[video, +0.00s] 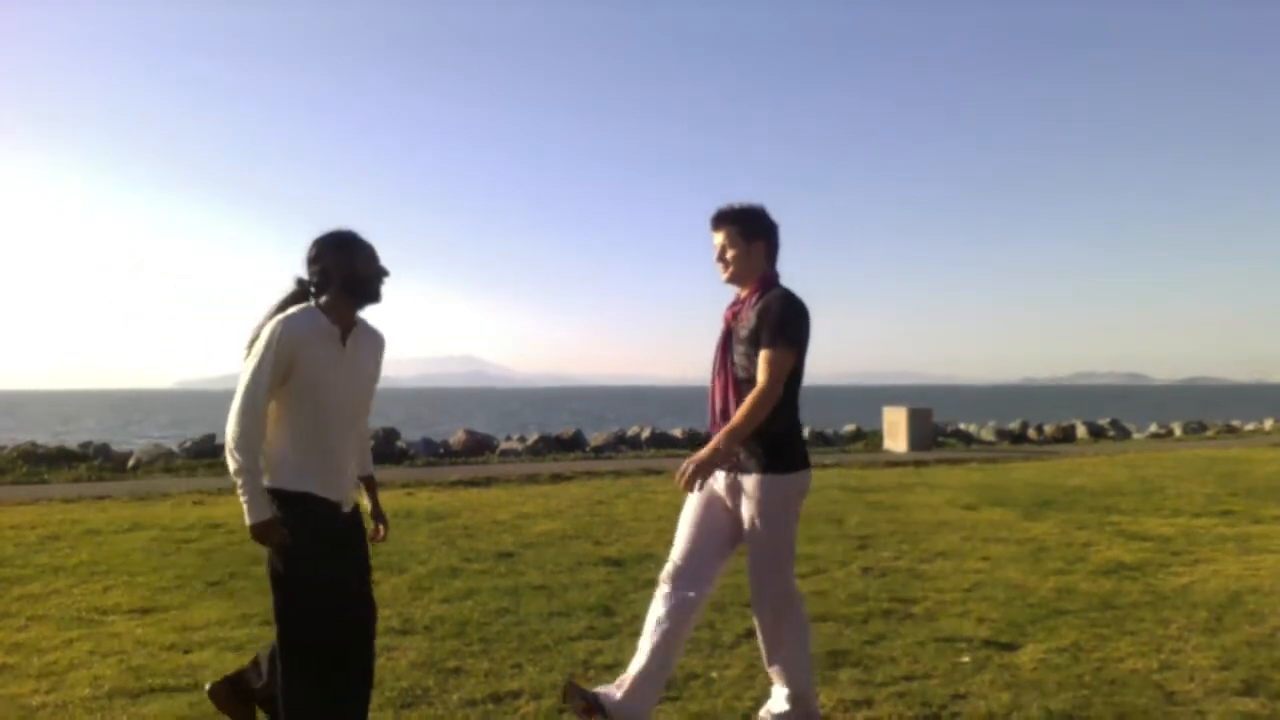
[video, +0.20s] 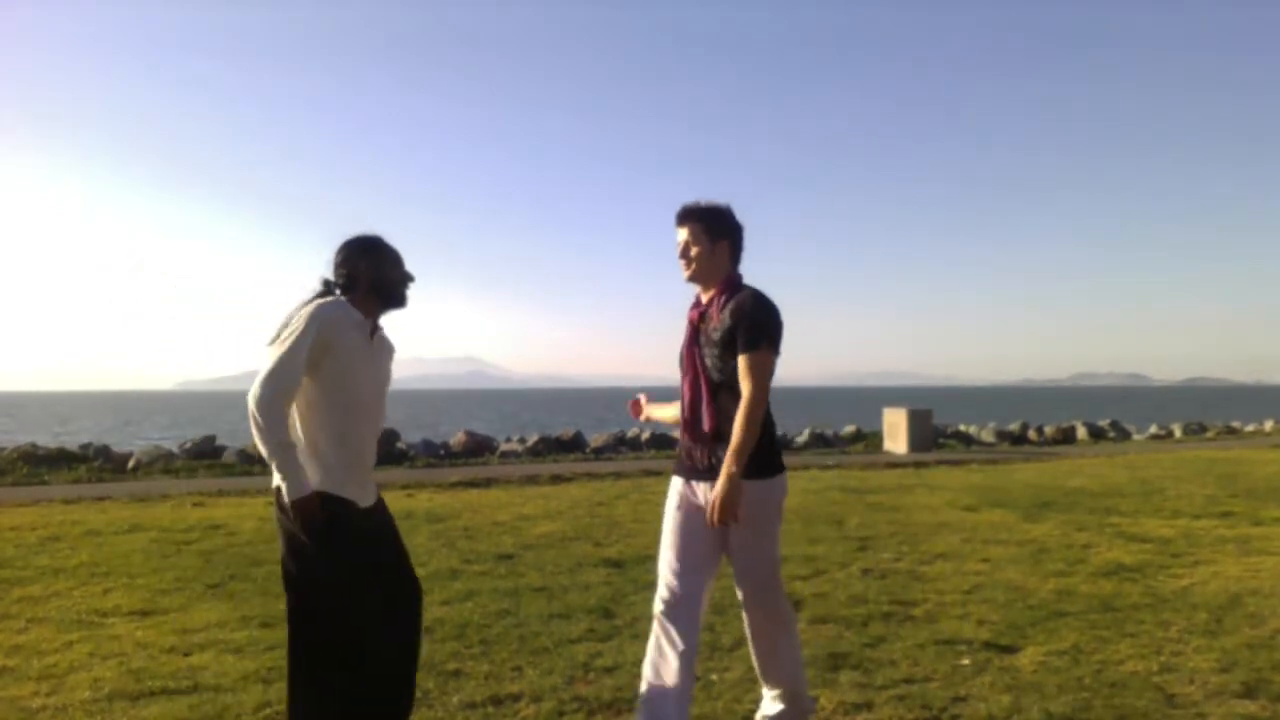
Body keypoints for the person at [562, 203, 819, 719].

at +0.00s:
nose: (720, 258)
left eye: (728, 249)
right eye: (717, 251)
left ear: (761, 248)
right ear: (724, 254)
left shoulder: (781, 307)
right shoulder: (737, 310)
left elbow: (770, 391)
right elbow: (742, 390)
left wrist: (713, 449)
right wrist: (726, 451)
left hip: (771, 471)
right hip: (724, 466)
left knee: (773, 592)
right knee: (679, 581)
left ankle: (795, 704)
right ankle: (630, 699)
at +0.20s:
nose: (682, 255)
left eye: (691, 245)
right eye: (680, 247)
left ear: (725, 248)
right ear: (686, 252)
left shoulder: (751, 308)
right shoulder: (698, 314)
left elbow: (754, 397)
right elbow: (702, 402)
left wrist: (730, 475)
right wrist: (655, 409)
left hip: (746, 478)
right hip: (693, 477)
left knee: (761, 599)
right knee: (673, 603)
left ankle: (786, 704)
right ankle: (659, 710)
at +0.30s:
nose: (658, 251)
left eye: (668, 241)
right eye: (656, 243)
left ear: (703, 242)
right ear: (662, 248)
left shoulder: (734, 303)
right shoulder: (674, 314)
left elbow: (754, 388)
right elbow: (657, 397)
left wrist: (745, 476)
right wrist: (618, 368)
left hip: (728, 482)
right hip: (672, 483)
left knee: (751, 602)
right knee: (658, 607)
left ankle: (779, 702)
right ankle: (653, 714)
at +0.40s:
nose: (637, 241)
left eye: (645, 231)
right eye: (634, 233)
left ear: (681, 232)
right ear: (644, 239)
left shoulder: (717, 291)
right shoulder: (653, 305)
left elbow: (749, 377)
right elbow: (618, 378)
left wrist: (757, 463)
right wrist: (595, 329)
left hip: (717, 474)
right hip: (657, 475)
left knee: (739, 592)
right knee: (642, 598)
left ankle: (769, 699)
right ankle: (650, 713)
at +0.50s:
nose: (617, 234)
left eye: (626, 223)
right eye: (614, 225)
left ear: (661, 223)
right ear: (623, 231)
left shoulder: (700, 285)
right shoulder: (631, 301)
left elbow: (740, 369)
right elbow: (585, 360)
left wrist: (756, 453)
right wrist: (578, 299)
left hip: (708, 466)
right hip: (645, 470)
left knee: (734, 588)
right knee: (636, 600)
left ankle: (759, 701)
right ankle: (645, 713)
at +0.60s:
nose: (598, 230)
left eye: (607, 220)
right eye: (596, 222)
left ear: (642, 221)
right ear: (603, 229)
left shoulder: (684, 283)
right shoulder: (608, 303)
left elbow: (726, 364)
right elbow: (554, 347)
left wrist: (748, 445)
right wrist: (560, 282)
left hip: (700, 465)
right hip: (636, 473)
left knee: (732, 586)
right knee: (633, 607)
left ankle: (756, 696)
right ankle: (643, 713)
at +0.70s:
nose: (581, 228)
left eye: (591, 219)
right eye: (579, 220)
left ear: (627, 220)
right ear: (583, 228)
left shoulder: (671, 282)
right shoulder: (588, 303)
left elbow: (711, 361)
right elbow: (533, 338)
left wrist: (737, 441)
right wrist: (548, 271)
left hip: (692, 462)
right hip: (627, 473)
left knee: (736, 585)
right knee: (630, 605)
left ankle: (774, 691)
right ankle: (638, 712)